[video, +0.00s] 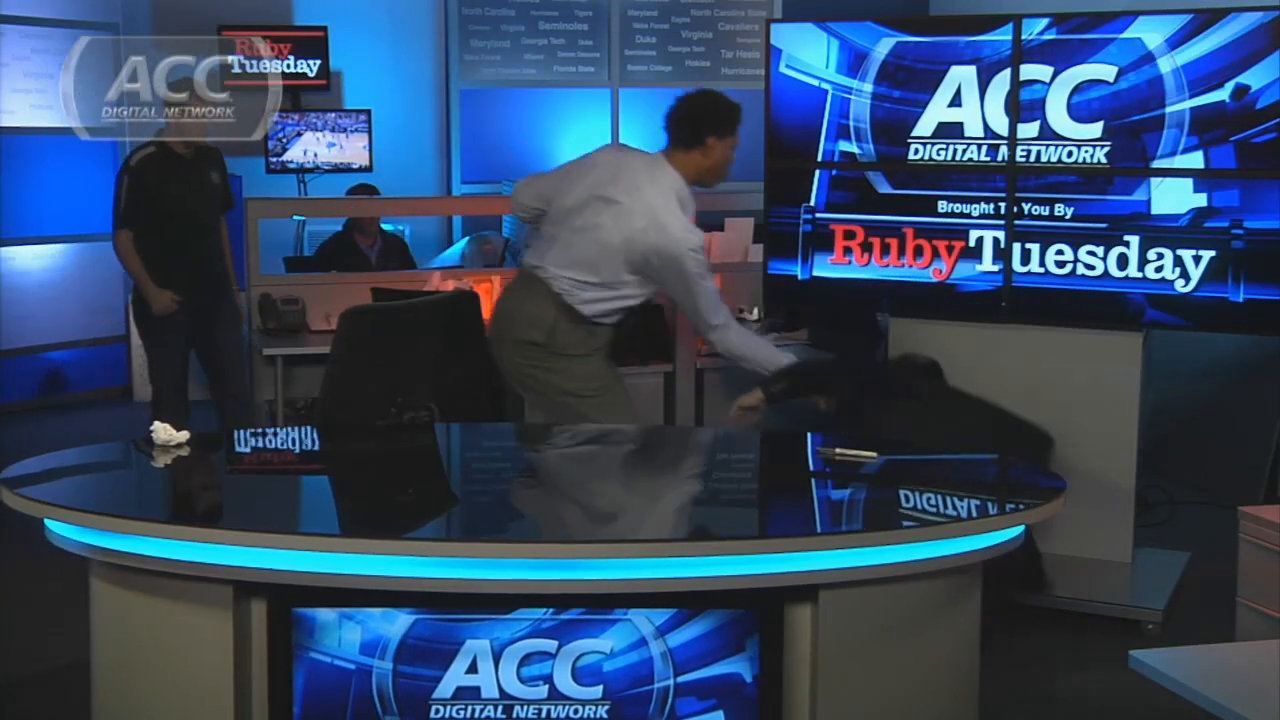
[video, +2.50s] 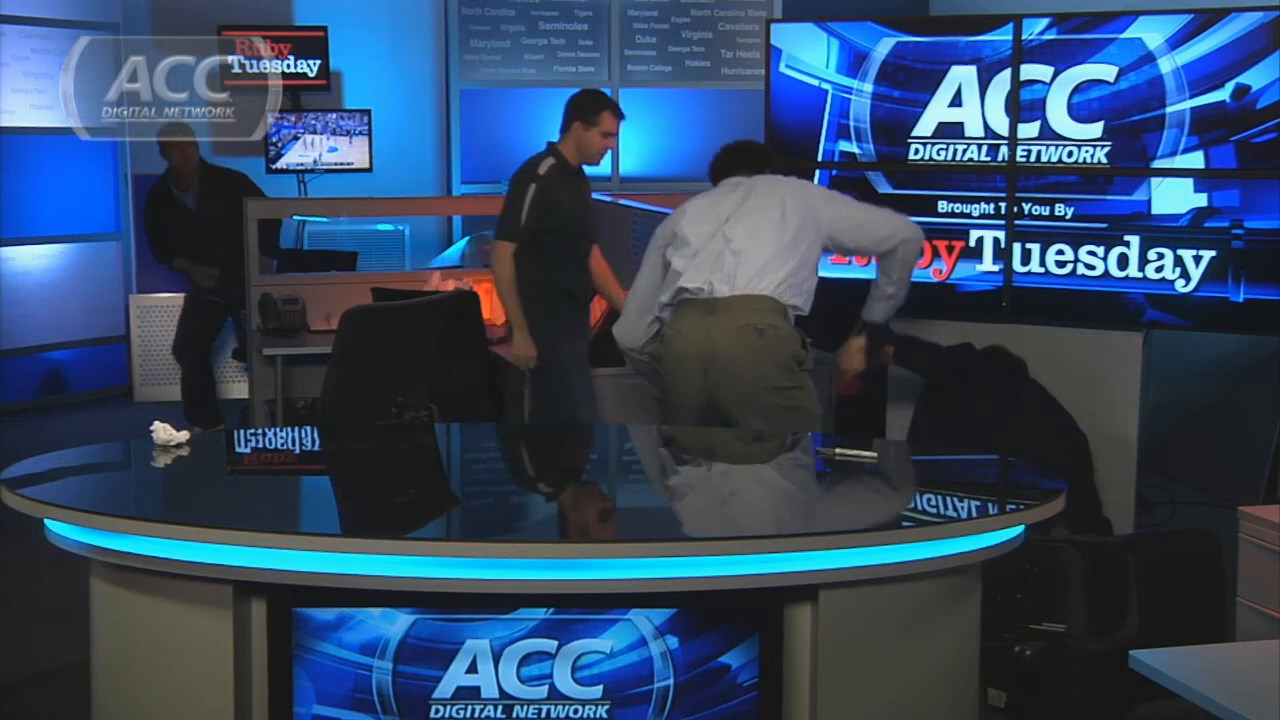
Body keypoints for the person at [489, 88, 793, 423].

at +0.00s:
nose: (732, 158)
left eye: (733, 147)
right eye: (731, 146)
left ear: (677, 132)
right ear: (710, 143)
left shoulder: (611, 159)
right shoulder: (672, 232)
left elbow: (523, 198)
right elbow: (719, 330)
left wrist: (576, 230)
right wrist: (795, 369)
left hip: (517, 315)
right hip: (553, 338)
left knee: (546, 451)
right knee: (621, 451)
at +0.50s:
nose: (883, 253)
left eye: (888, 243)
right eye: (885, 242)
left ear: (836, 215)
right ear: (865, 236)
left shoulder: (759, 210)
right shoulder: (827, 299)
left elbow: (659, 214)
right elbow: (884, 386)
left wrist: (615, 247)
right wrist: (937, 453)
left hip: (612, 313)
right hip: (649, 349)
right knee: (721, 465)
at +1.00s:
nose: (934, 279)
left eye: (939, 270)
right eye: (937, 267)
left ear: (893, 238)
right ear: (919, 252)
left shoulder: (825, 233)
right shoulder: (885, 279)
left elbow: (718, 243)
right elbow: (929, 370)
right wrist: (973, 458)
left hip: (685, 304)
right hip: (713, 316)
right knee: (764, 446)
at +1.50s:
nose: (940, 270)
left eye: (943, 261)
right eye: (942, 260)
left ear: (899, 234)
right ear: (927, 250)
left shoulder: (842, 244)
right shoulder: (905, 276)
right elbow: (950, 381)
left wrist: (808, 390)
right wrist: (973, 462)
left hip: (715, 329)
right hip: (744, 337)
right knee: (814, 458)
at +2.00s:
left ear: (815, 213)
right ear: (862, 223)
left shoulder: (769, 231)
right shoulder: (861, 237)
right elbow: (948, 315)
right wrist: (955, 411)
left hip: (686, 332)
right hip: (757, 333)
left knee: (717, 462)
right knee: (802, 465)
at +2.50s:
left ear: (715, 178)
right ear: (773, 168)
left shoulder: (682, 215)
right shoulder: (801, 194)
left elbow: (630, 333)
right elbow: (904, 236)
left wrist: (678, 370)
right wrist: (867, 331)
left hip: (681, 341)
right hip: (759, 337)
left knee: (687, 468)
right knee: (793, 469)